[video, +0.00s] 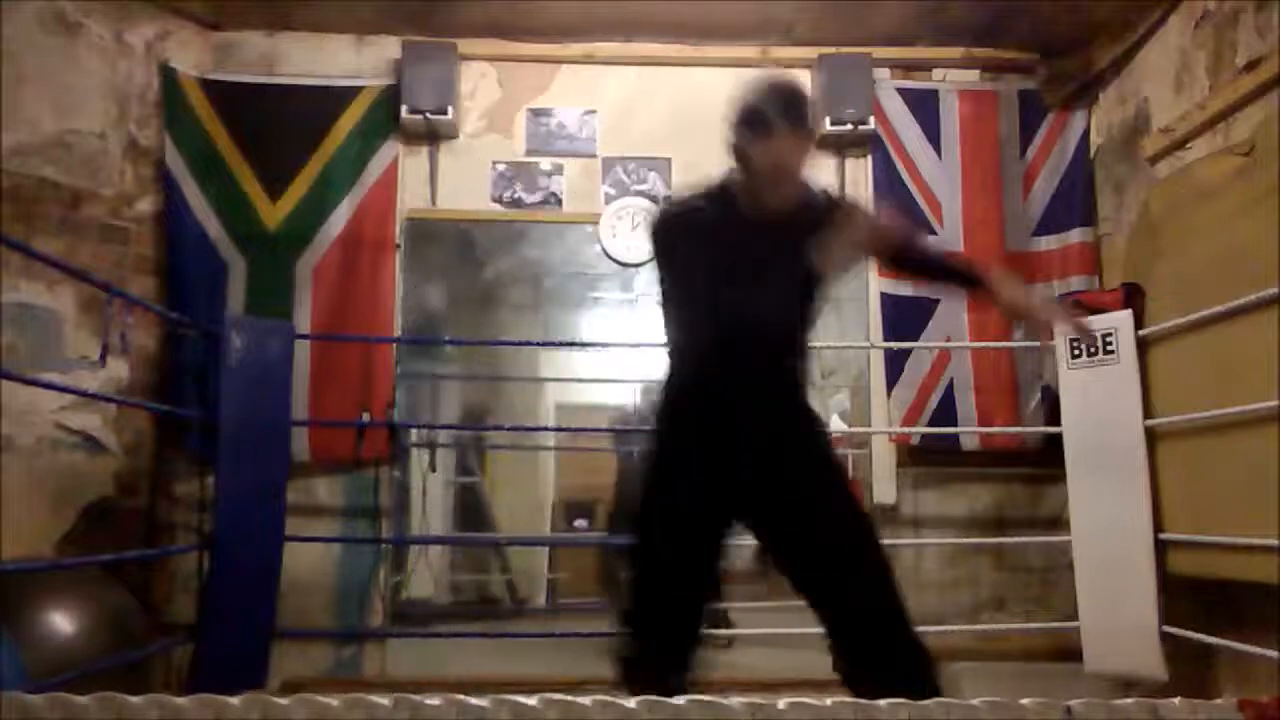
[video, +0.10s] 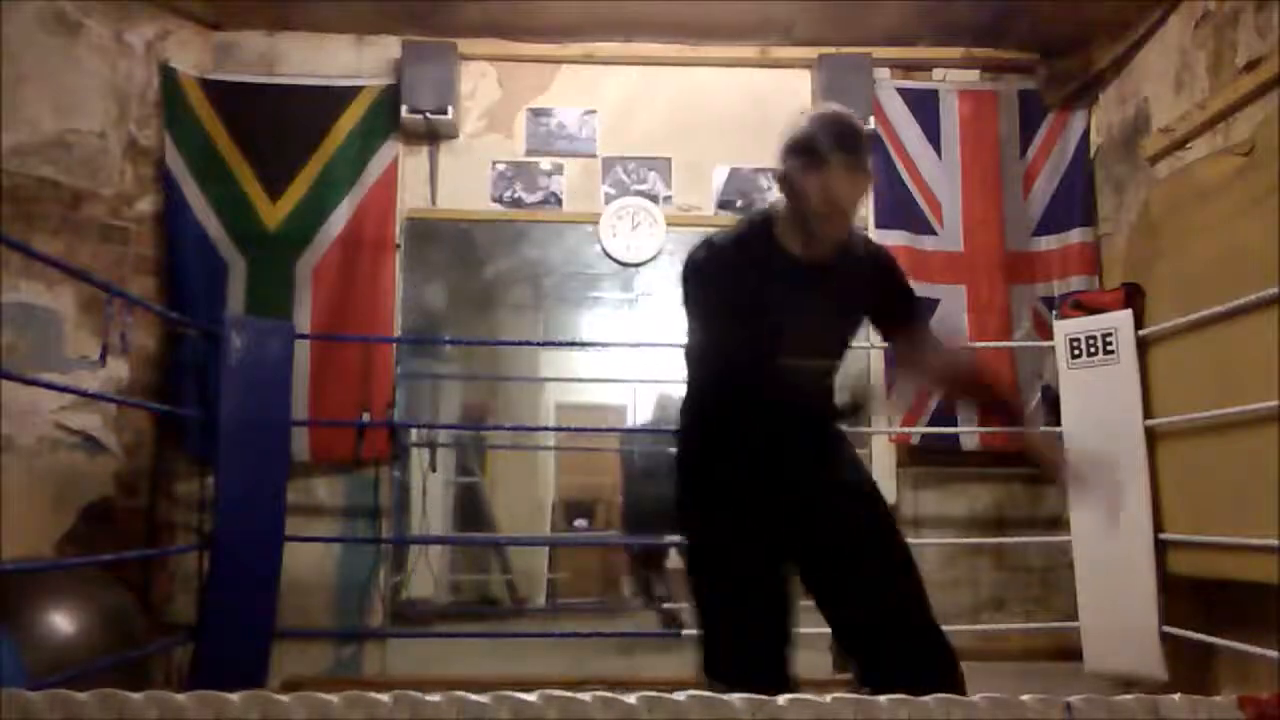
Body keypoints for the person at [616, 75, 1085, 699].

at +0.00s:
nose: (791, 159)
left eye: (800, 144)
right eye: (780, 142)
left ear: (807, 146)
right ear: (746, 142)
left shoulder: (824, 219)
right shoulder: (683, 226)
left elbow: (917, 260)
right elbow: (719, 308)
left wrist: (1009, 294)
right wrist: (812, 255)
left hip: (783, 448)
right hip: (691, 450)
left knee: (864, 606)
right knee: (657, 639)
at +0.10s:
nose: (837, 201)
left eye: (848, 185)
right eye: (822, 182)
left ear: (863, 186)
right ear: (789, 179)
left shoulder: (864, 267)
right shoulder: (720, 267)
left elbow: (933, 358)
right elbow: (727, 402)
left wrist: (1013, 414)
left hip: (820, 474)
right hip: (726, 482)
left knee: (914, 663)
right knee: (747, 678)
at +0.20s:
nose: (852, 205)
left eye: (865, 190)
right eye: (837, 190)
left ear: (880, 186)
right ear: (801, 178)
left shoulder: (881, 278)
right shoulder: (724, 262)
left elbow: (903, 388)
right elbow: (714, 402)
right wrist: (727, 518)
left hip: (827, 463)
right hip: (734, 468)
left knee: (912, 652)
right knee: (765, 664)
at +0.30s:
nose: (826, 177)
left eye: (838, 163)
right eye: (813, 159)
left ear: (854, 158)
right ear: (783, 148)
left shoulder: (868, 246)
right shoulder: (716, 216)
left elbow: (872, 380)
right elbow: (627, 262)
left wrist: (794, 365)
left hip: (813, 446)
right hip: (715, 445)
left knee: (893, 631)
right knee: (709, 645)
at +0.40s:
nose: (737, 87)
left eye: (755, 72)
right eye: (728, 69)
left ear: (779, 80)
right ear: (706, 73)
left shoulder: (808, 170)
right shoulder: (658, 147)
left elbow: (778, 280)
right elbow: (548, 159)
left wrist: (671, 186)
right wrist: (470, 209)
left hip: (764, 395)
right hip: (665, 393)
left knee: (826, 567)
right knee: (598, 551)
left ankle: (889, 712)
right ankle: (600, 707)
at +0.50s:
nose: (662, 43)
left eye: (683, 24)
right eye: (647, 24)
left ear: (711, 34)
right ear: (626, 35)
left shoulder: (756, 127)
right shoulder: (589, 105)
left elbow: (714, 247)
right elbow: (474, 138)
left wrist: (604, 162)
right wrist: (370, 187)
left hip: (711, 381)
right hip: (606, 380)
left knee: (790, 566)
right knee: (520, 560)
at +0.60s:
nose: (595, 45)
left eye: (615, 26)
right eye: (579, 26)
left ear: (641, 39)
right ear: (555, 38)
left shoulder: (687, 148)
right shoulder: (520, 125)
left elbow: (654, 285)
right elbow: (413, 184)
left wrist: (516, 168)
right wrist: (313, 226)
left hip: (644, 410)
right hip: (537, 406)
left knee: (708, 618)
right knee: (446, 603)